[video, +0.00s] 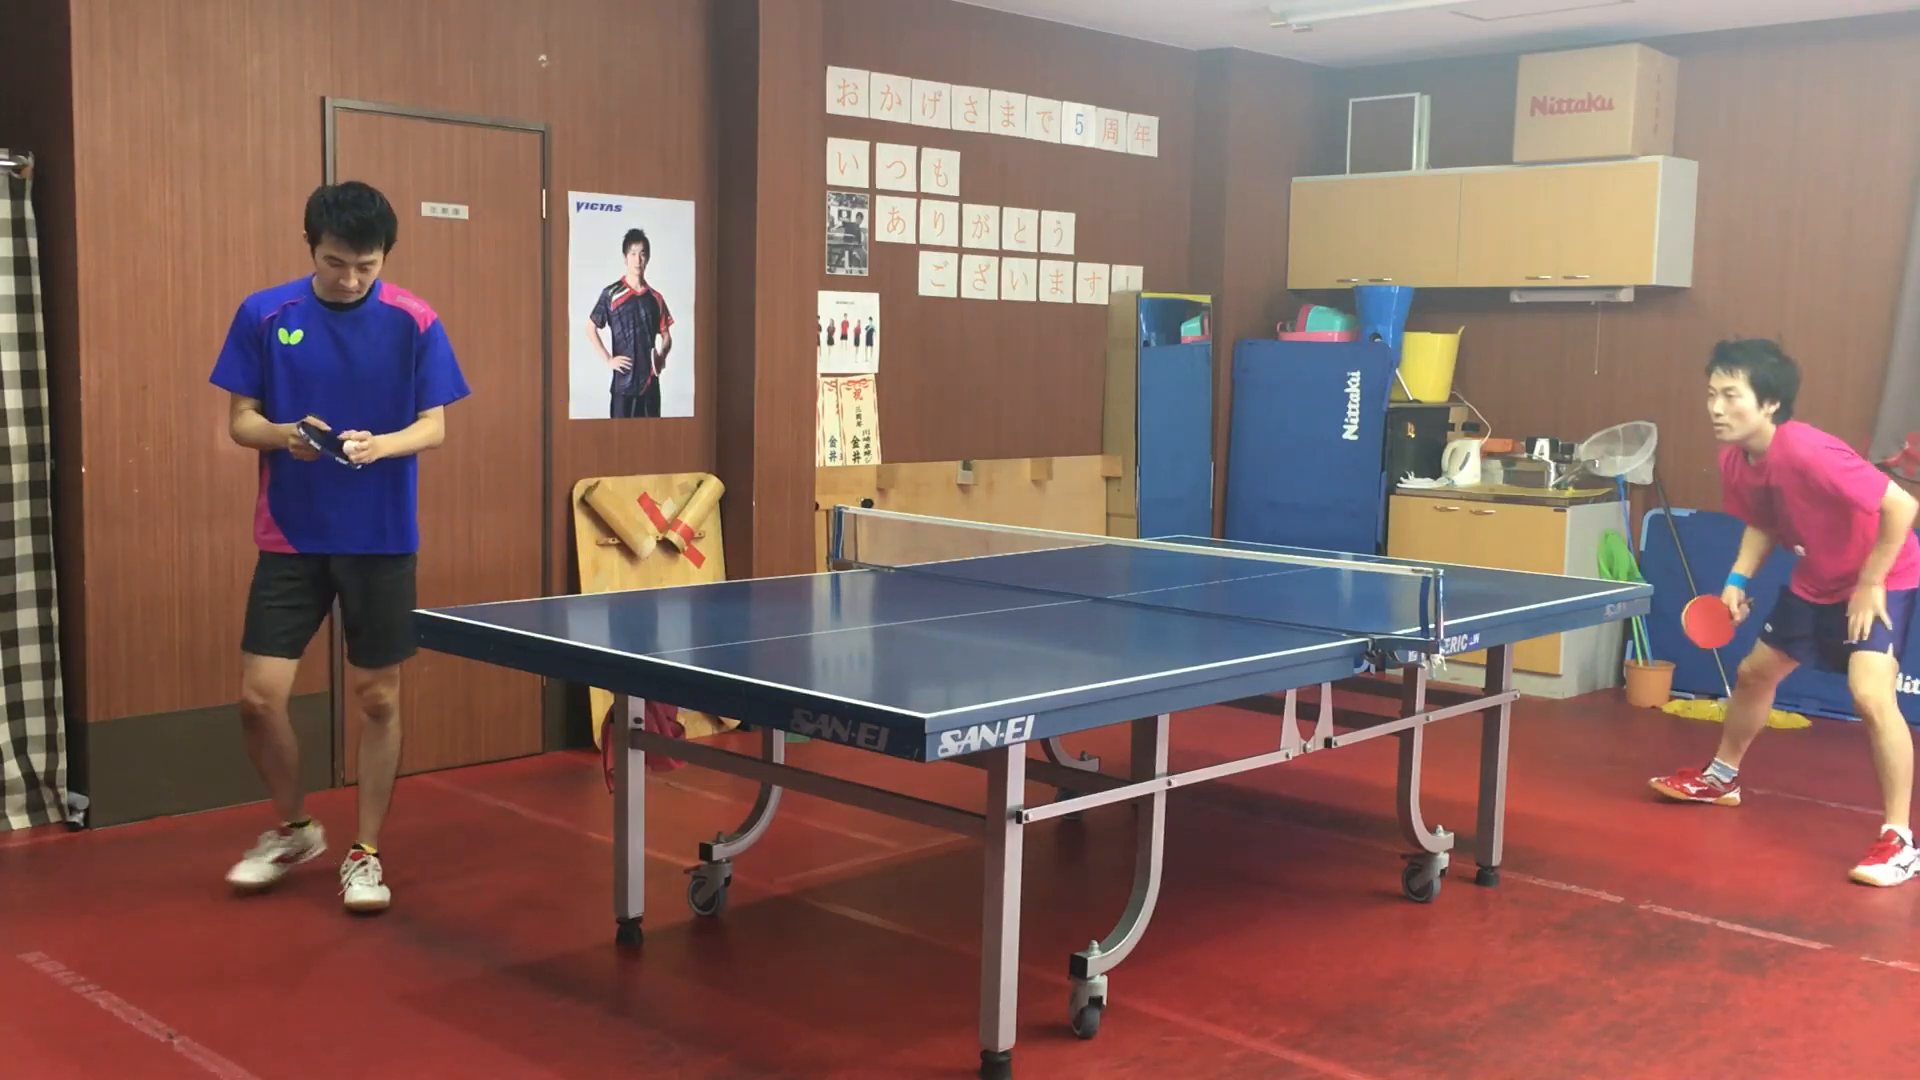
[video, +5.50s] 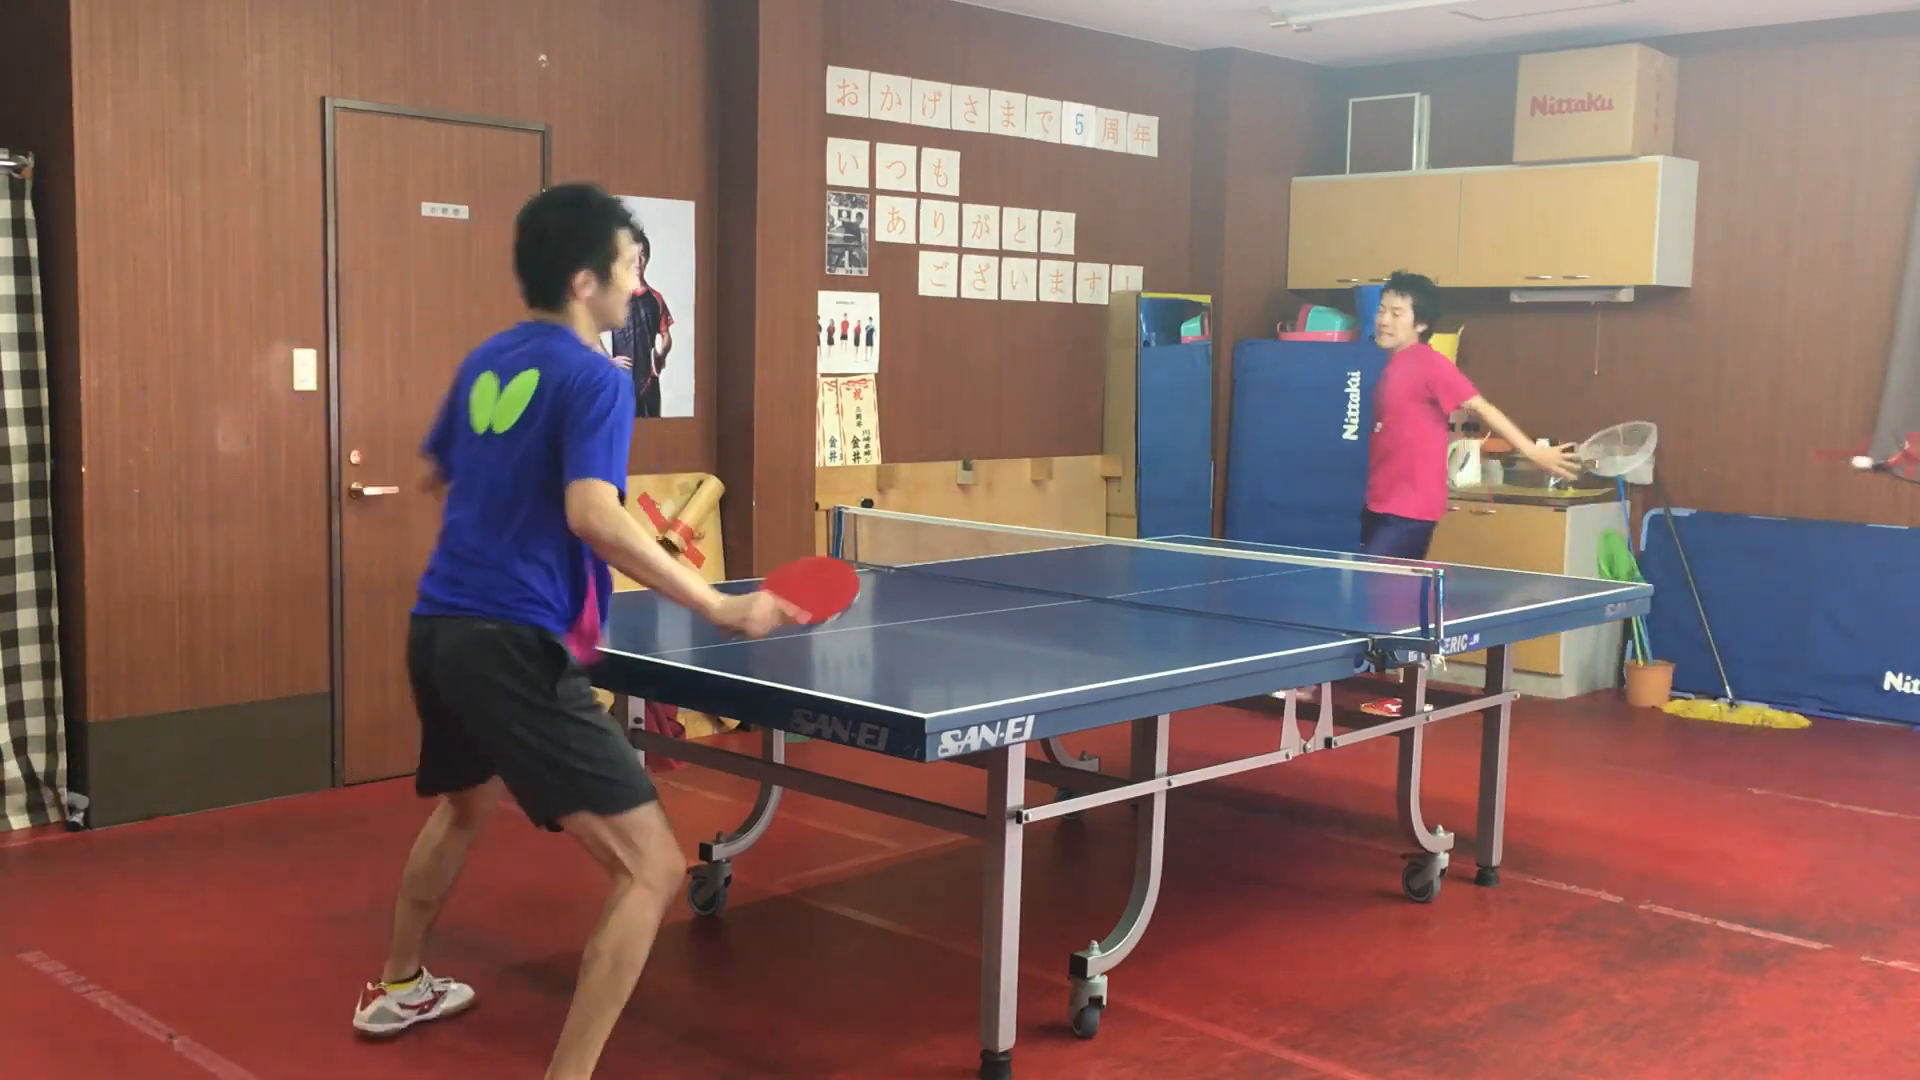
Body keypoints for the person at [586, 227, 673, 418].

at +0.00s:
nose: (638, 260)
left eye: (643, 254)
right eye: (633, 254)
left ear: (648, 258)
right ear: (625, 257)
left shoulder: (655, 297)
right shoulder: (611, 294)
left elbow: (666, 336)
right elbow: (591, 327)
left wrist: (662, 355)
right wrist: (608, 359)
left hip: (649, 378)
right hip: (624, 379)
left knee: (650, 436)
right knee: (622, 436)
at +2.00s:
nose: (639, 259)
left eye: (643, 254)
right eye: (633, 254)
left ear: (648, 258)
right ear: (625, 257)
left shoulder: (655, 297)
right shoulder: (611, 294)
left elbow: (666, 336)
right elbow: (591, 327)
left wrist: (662, 355)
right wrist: (608, 359)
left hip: (649, 378)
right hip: (624, 379)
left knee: (650, 436)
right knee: (622, 436)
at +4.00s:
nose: (639, 259)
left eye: (643, 254)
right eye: (633, 254)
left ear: (648, 258)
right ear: (625, 257)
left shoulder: (655, 298)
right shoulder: (611, 294)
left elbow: (666, 336)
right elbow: (590, 328)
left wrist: (661, 357)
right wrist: (608, 359)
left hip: (650, 380)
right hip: (624, 380)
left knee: (649, 437)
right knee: (622, 438)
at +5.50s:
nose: (638, 262)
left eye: (642, 256)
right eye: (633, 257)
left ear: (647, 260)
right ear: (625, 260)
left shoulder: (654, 297)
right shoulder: (613, 295)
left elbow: (665, 335)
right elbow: (592, 332)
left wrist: (661, 357)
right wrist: (609, 359)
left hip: (648, 373)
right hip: (622, 372)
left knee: (652, 428)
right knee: (623, 427)